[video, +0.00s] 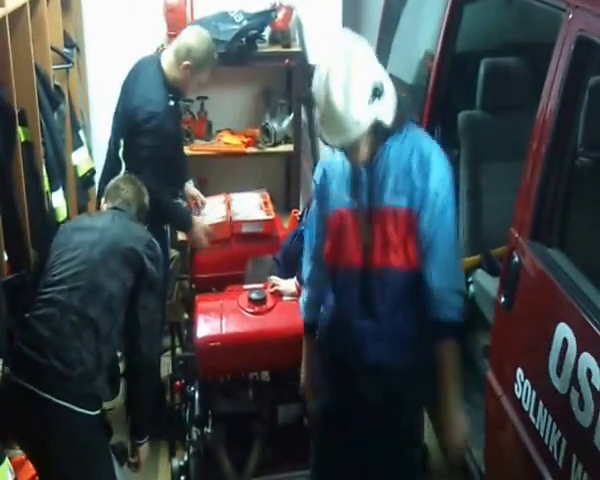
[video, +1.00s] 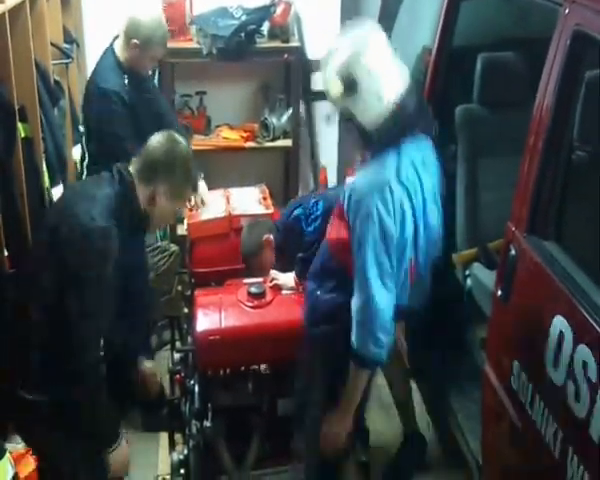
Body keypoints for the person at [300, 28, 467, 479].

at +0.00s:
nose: (334, 120)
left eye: (344, 109)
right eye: (327, 108)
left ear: (373, 98)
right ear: (320, 106)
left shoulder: (422, 158)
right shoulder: (329, 163)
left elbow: (444, 284)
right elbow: (313, 268)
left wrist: (450, 401)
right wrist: (309, 354)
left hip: (403, 358)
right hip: (339, 358)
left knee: (396, 466)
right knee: (335, 464)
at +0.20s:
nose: (350, 156)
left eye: (362, 144)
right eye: (343, 142)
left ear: (386, 144)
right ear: (335, 144)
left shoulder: (427, 211)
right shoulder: (340, 212)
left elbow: (451, 319)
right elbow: (324, 313)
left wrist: (458, 460)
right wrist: (308, 415)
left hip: (403, 395)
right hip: (341, 391)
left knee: (389, 472)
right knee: (327, 470)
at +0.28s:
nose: (352, 192)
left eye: (359, 181)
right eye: (347, 181)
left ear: (381, 159)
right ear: (340, 166)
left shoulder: (429, 207)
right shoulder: (349, 210)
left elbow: (445, 314)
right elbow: (332, 304)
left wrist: (435, 433)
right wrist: (315, 405)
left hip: (401, 389)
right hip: (343, 385)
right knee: (328, 468)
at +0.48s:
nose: (323, 140)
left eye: (328, 127)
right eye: (318, 128)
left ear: (360, 119)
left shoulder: (411, 179)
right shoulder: (358, 172)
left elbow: (411, 316)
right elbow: (346, 280)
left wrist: (378, 436)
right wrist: (329, 372)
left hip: (399, 362)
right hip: (361, 351)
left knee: (388, 466)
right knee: (344, 454)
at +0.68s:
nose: (351, 201)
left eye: (363, 185)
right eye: (339, 190)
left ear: (378, 177)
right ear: (322, 188)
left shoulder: (372, 242)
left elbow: (366, 340)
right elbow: (438, 226)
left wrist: (351, 441)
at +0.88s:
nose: (330, 113)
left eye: (334, 104)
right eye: (329, 102)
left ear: (351, 110)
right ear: (390, 94)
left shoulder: (369, 184)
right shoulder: (409, 145)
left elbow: (364, 304)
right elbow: (424, 228)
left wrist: (340, 410)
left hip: (373, 311)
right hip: (406, 295)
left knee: (359, 421)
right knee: (390, 381)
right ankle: (407, 438)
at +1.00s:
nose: (337, 113)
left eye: (339, 103)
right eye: (335, 103)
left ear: (352, 106)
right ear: (396, 84)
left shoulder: (373, 187)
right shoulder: (420, 150)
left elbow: (375, 316)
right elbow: (410, 245)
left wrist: (345, 412)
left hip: (341, 332)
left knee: (321, 434)